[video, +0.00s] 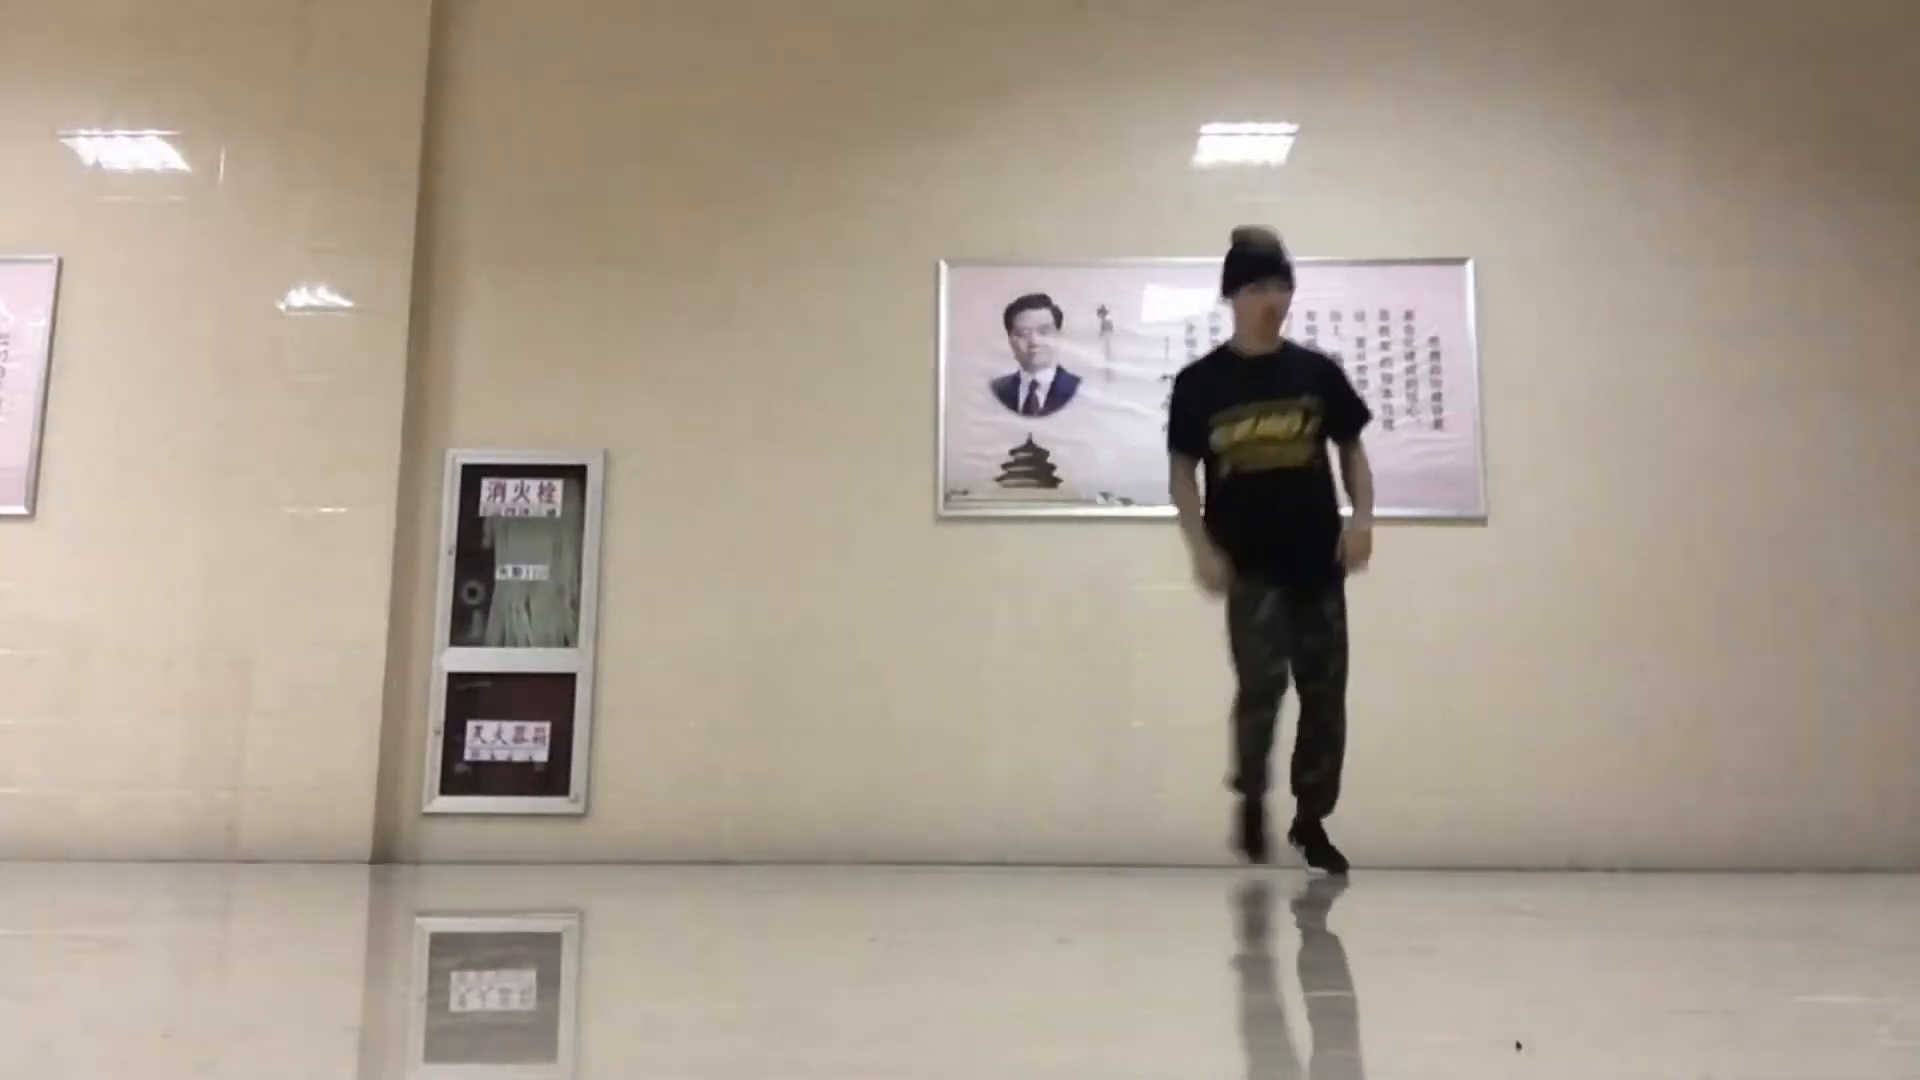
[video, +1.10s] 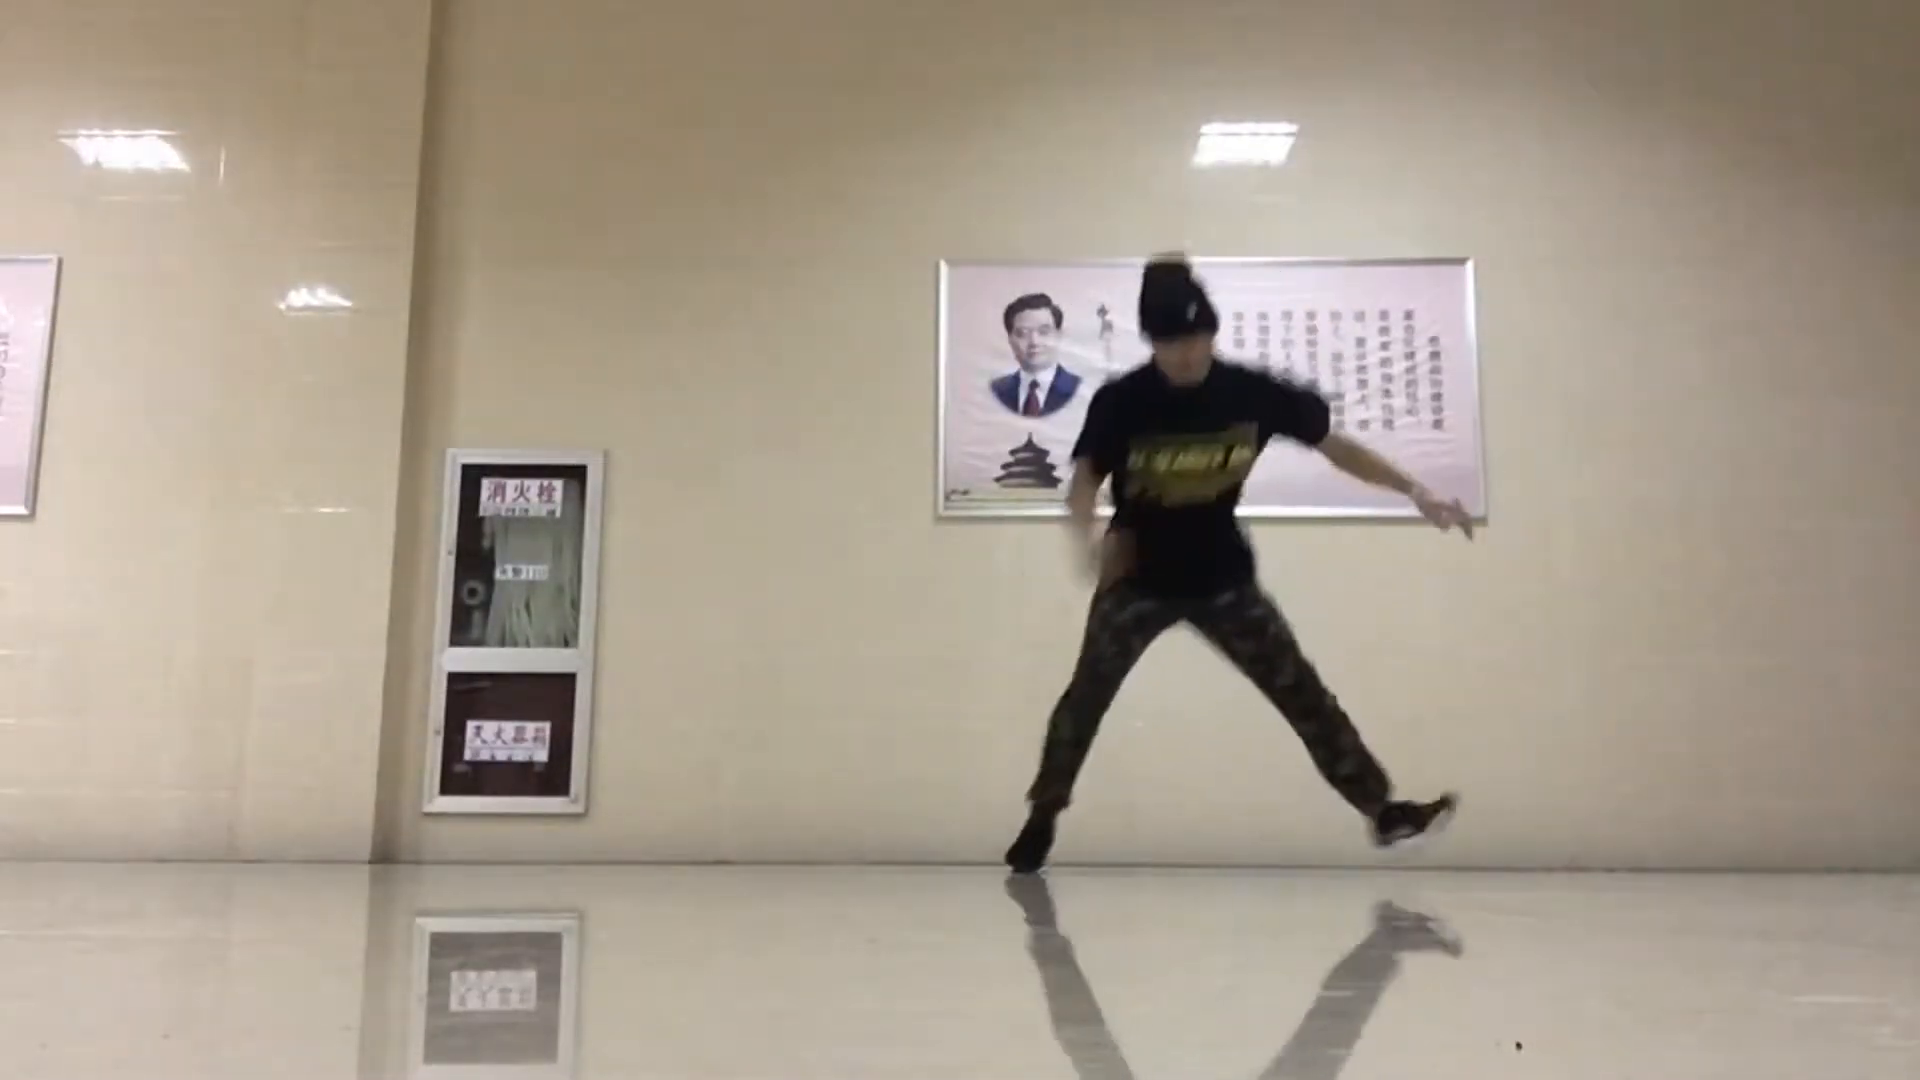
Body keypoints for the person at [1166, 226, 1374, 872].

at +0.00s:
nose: (1274, 304)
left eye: (1282, 292)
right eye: (1260, 292)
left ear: (1292, 296)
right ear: (1232, 297)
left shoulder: (1318, 371)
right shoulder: (1197, 384)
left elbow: (1352, 448)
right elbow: (1181, 473)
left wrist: (1360, 519)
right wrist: (1201, 547)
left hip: (1317, 558)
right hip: (1248, 564)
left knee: (1325, 696)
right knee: (1260, 691)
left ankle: (1310, 819)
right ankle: (1251, 804)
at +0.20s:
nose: (1319, 287)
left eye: (1327, 276)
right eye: (1307, 275)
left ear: (1332, 281)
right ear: (1273, 278)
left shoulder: (1336, 363)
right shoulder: (1242, 355)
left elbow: (1341, 446)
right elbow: (1206, 444)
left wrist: (1391, 485)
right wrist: (1262, 501)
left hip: (1348, 526)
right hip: (1294, 529)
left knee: (1365, 669)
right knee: (1346, 665)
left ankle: (1287, 789)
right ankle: (1375, 810)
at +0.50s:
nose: (1329, 284)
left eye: (1338, 273)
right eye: (1315, 270)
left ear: (1346, 283)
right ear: (1285, 275)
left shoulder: (1333, 361)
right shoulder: (1251, 350)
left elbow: (1326, 457)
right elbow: (1218, 443)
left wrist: (1358, 515)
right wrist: (1255, 524)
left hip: (1327, 536)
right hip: (1280, 535)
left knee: (1329, 671)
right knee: (1332, 666)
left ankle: (1267, 800)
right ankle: (1344, 812)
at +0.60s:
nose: (1318, 310)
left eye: (1326, 298)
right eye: (1304, 297)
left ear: (1335, 306)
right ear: (1273, 302)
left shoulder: (1327, 389)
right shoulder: (1235, 380)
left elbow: (1312, 475)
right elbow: (1197, 471)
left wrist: (1333, 532)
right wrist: (1234, 553)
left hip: (1311, 557)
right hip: (1258, 558)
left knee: (1312, 684)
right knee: (1323, 675)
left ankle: (1269, 819)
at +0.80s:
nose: (1257, 314)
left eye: (1266, 299)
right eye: (1243, 303)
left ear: (1283, 300)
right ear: (1223, 309)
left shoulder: (1308, 382)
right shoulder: (1196, 386)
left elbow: (1315, 472)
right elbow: (1182, 481)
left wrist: (1342, 545)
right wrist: (1244, 543)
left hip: (1284, 555)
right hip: (1218, 553)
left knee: (1291, 699)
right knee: (1221, 681)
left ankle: (1263, 830)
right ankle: (1137, 727)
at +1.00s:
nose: (1207, 302)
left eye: (1215, 287)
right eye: (1192, 292)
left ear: (1230, 282)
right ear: (1170, 293)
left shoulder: (1269, 349)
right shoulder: (1141, 359)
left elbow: (1332, 423)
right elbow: (1112, 454)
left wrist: (1400, 476)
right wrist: (1164, 484)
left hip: (1247, 545)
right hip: (1163, 546)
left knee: (1299, 666)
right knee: (1114, 662)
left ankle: (1322, 798)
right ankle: (1072, 785)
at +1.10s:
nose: (1186, 356)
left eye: (1196, 340)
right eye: (1172, 344)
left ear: (1212, 332)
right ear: (1151, 340)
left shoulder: (1252, 395)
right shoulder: (1119, 403)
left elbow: (1338, 448)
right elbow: (1082, 487)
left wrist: (1416, 491)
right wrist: (1088, 539)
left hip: (1221, 577)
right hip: (1137, 578)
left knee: (1300, 691)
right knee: (1084, 700)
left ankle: (1382, 810)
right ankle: (1041, 820)